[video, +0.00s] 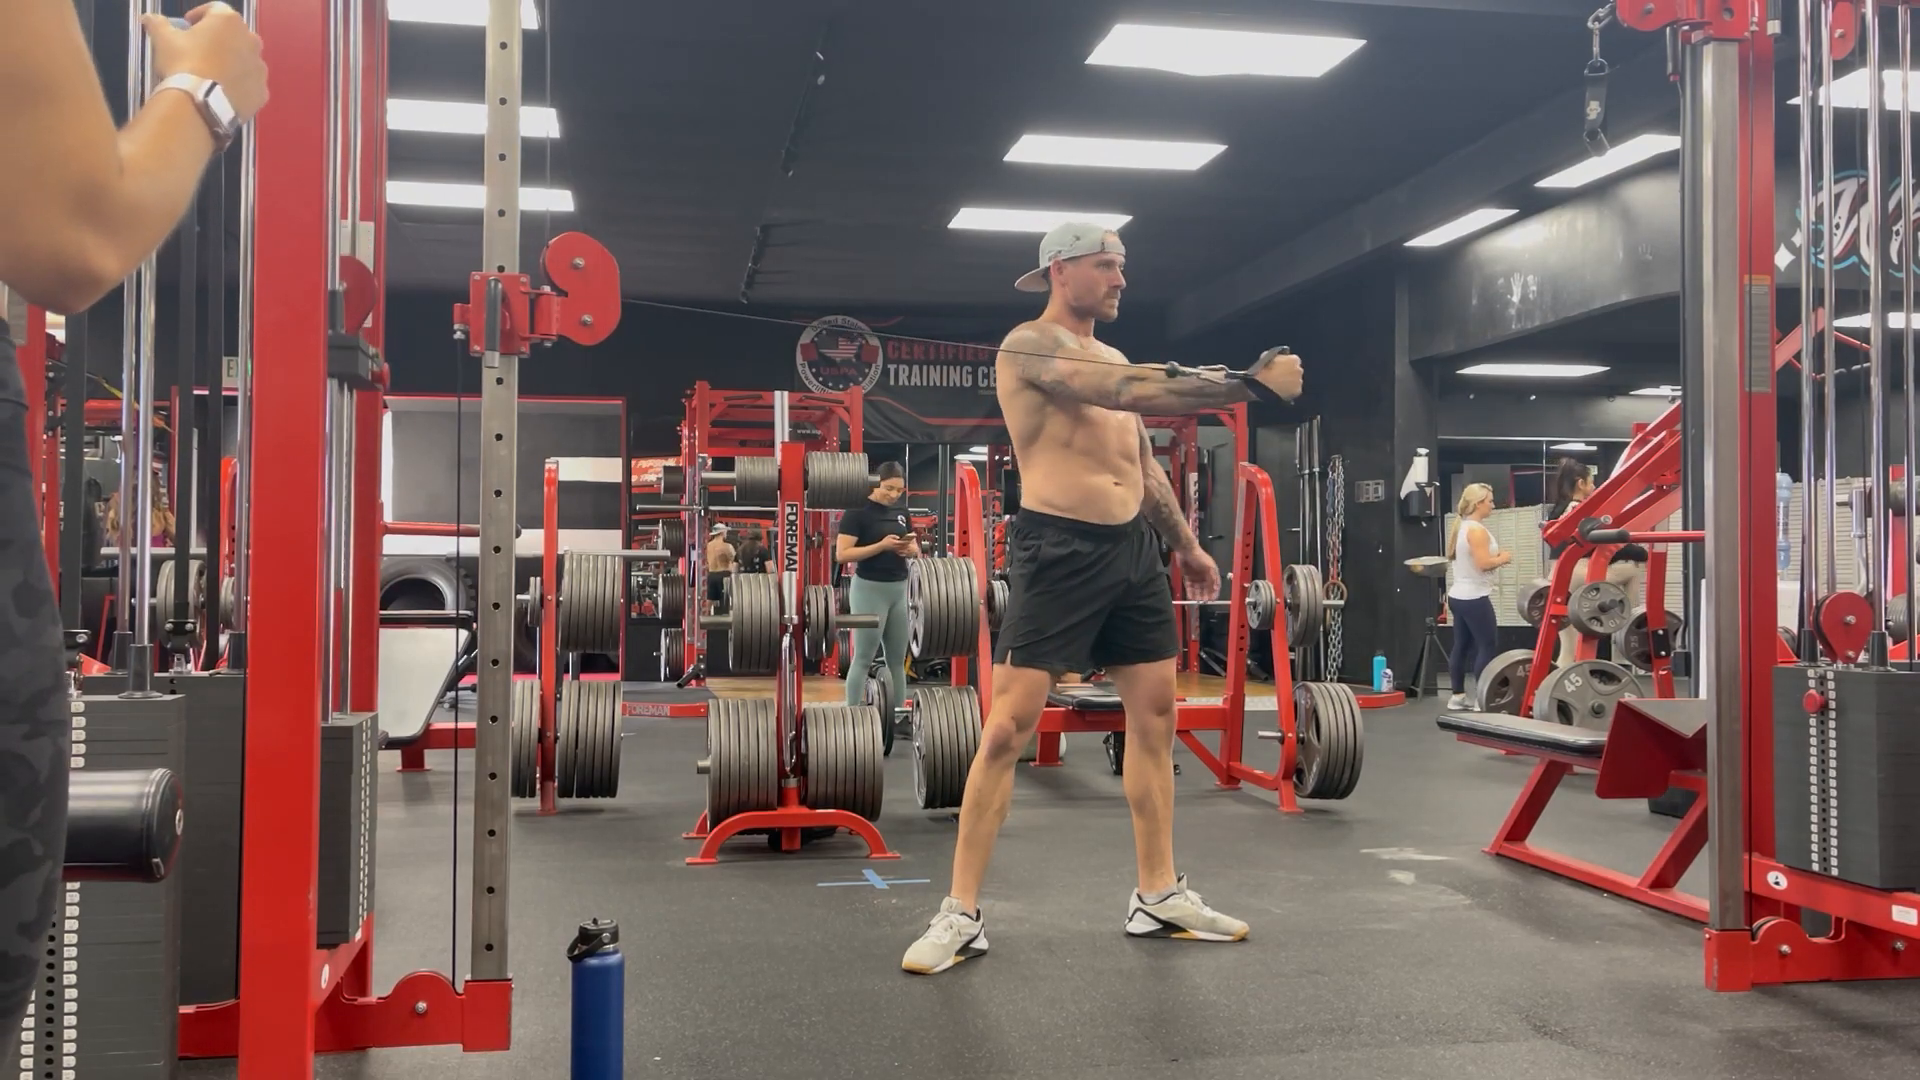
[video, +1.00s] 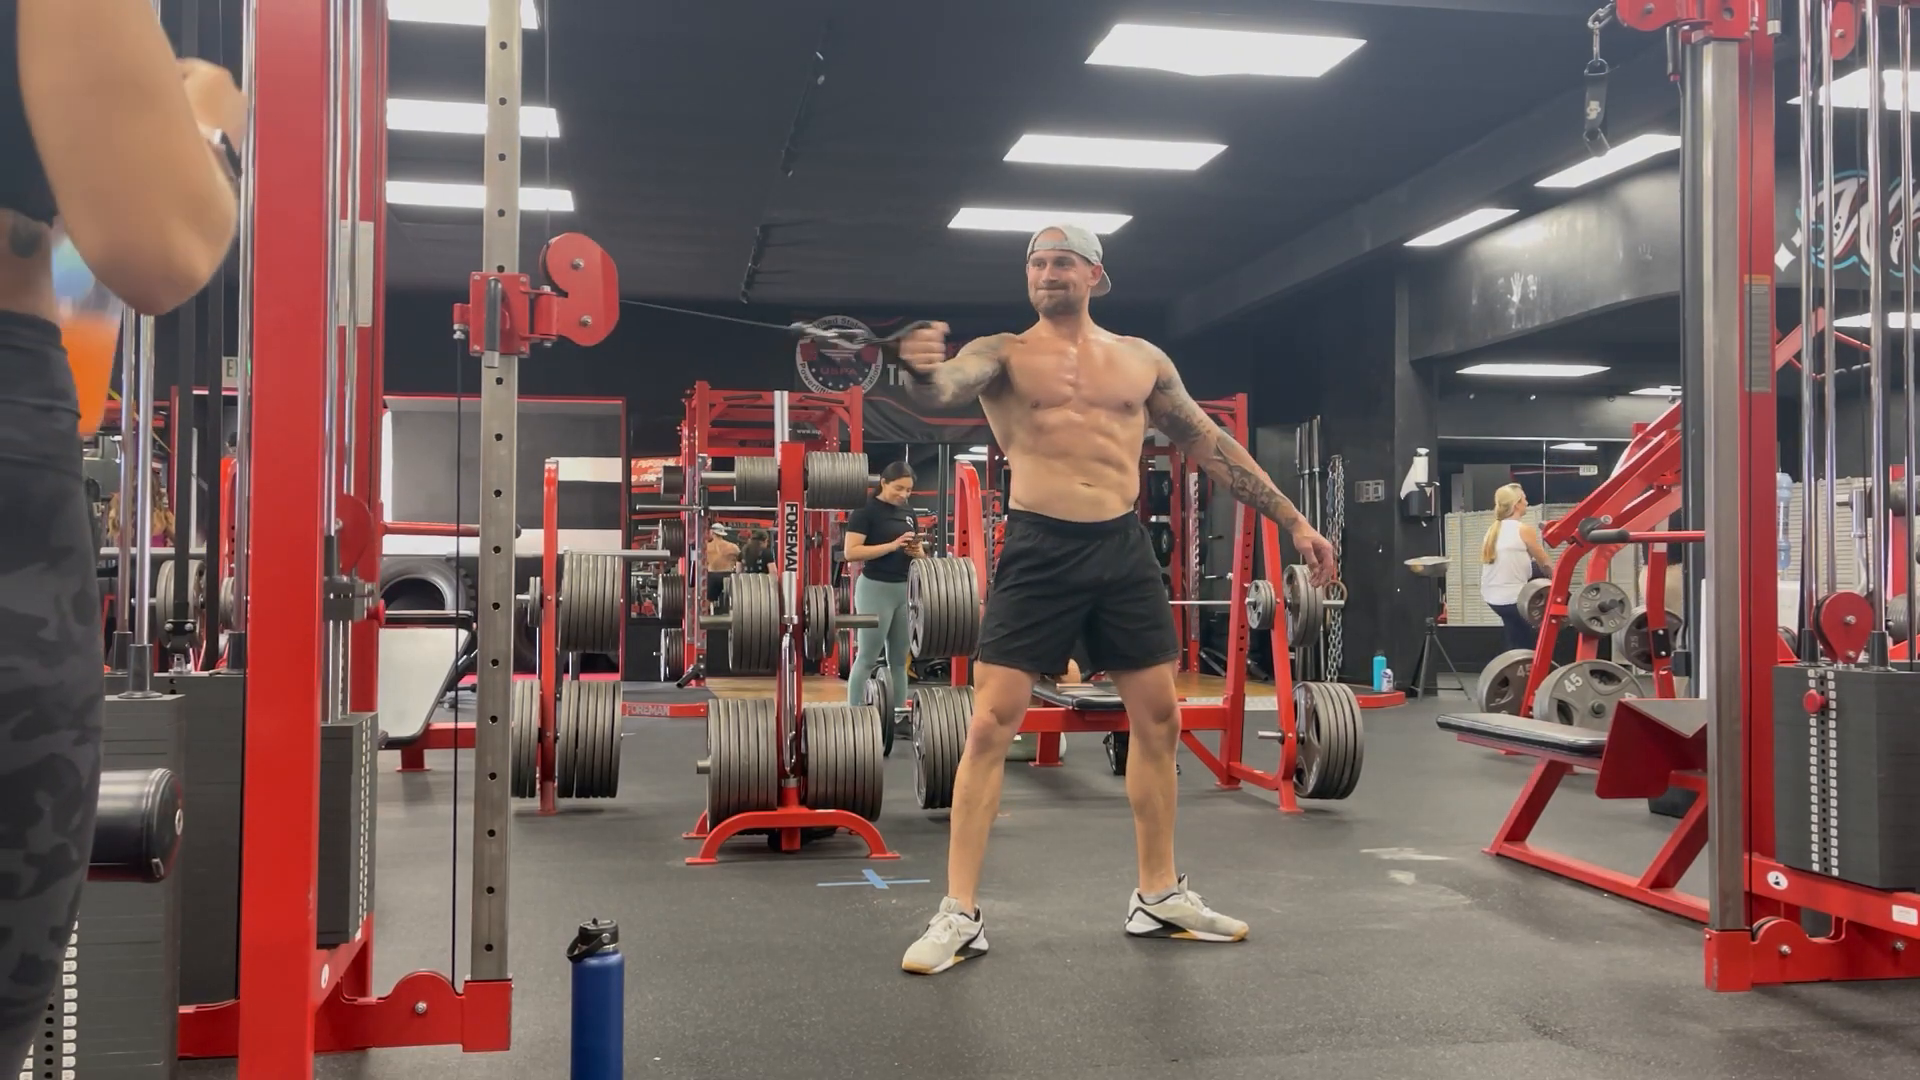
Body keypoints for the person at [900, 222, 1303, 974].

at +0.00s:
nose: (1120, 275)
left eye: (1120, 265)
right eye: (1106, 262)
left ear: (1103, 280)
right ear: (1058, 272)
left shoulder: (1118, 364)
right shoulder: (1028, 343)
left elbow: (1144, 465)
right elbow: (1117, 385)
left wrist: (1187, 543)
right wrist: (1246, 382)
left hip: (1135, 552)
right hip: (1056, 550)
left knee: (1155, 719)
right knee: (1004, 733)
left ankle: (1157, 894)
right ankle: (961, 910)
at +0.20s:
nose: (1107, 276)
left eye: (1111, 265)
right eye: (1091, 262)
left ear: (1112, 279)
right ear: (1049, 272)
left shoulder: (1129, 365)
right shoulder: (1016, 345)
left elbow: (1167, 463)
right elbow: (1077, 386)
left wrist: (1223, 540)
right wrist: (1190, 378)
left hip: (1134, 552)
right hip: (1048, 550)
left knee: (1155, 721)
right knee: (1000, 730)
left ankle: (1158, 895)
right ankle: (960, 910)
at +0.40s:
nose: (1085, 274)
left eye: (1096, 264)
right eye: (1069, 262)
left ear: (1107, 281)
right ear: (1038, 276)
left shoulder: (1133, 361)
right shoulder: (1009, 343)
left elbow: (1187, 457)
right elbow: (1022, 393)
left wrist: (1251, 536)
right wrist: (1102, 372)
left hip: (1132, 552)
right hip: (1047, 549)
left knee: (1157, 717)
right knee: (997, 727)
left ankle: (1157, 895)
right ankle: (960, 910)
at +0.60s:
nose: (1058, 272)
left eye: (1073, 261)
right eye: (1046, 262)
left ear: (1100, 279)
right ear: (1029, 279)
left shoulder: (1141, 360)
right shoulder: (1005, 346)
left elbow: (1209, 453)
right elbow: (970, 396)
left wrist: (1281, 527)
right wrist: (990, 377)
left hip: (1128, 551)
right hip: (1041, 551)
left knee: (1157, 718)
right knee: (994, 723)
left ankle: (1157, 894)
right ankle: (959, 909)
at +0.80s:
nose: (1042, 274)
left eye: (1058, 262)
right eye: (1034, 264)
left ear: (1095, 277)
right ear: (1025, 280)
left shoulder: (1144, 360)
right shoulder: (1001, 352)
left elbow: (1217, 447)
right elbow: (946, 393)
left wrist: (1297, 525)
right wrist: (915, 380)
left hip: (1124, 550)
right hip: (1034, 551)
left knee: (1156, 720)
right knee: (987, 726)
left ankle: (1158, 896)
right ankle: (960, 910)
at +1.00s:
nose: (1050, 270)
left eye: (1065, 260)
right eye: (1039, 260)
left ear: (1096, 279)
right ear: (1026, 278)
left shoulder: (1143, 360)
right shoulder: (1000, 351)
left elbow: (1217, 448)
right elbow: (936, 394)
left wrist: (1297, 523)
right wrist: (915, 368)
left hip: (1124, 550)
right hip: (1035, 550)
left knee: (1159, 719)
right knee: (989, 724)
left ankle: (1158, 894)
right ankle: (959, 910)